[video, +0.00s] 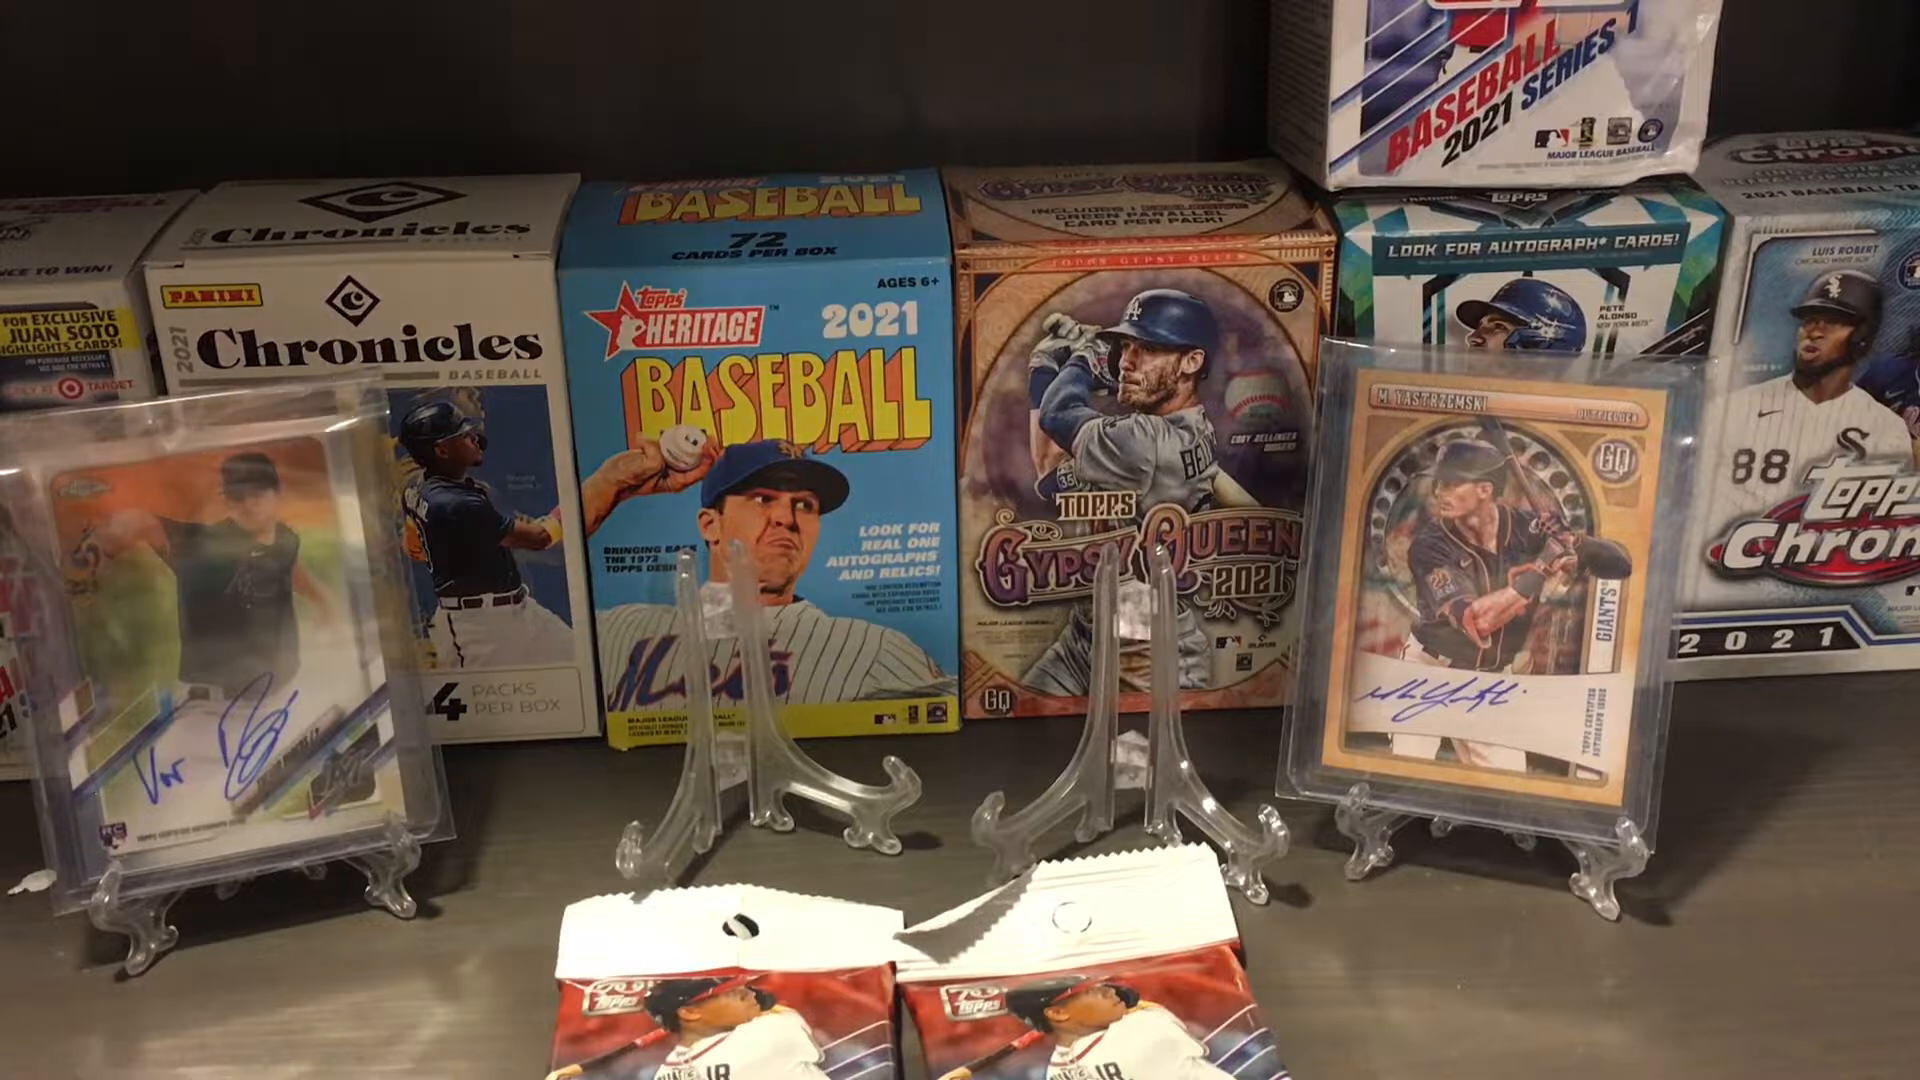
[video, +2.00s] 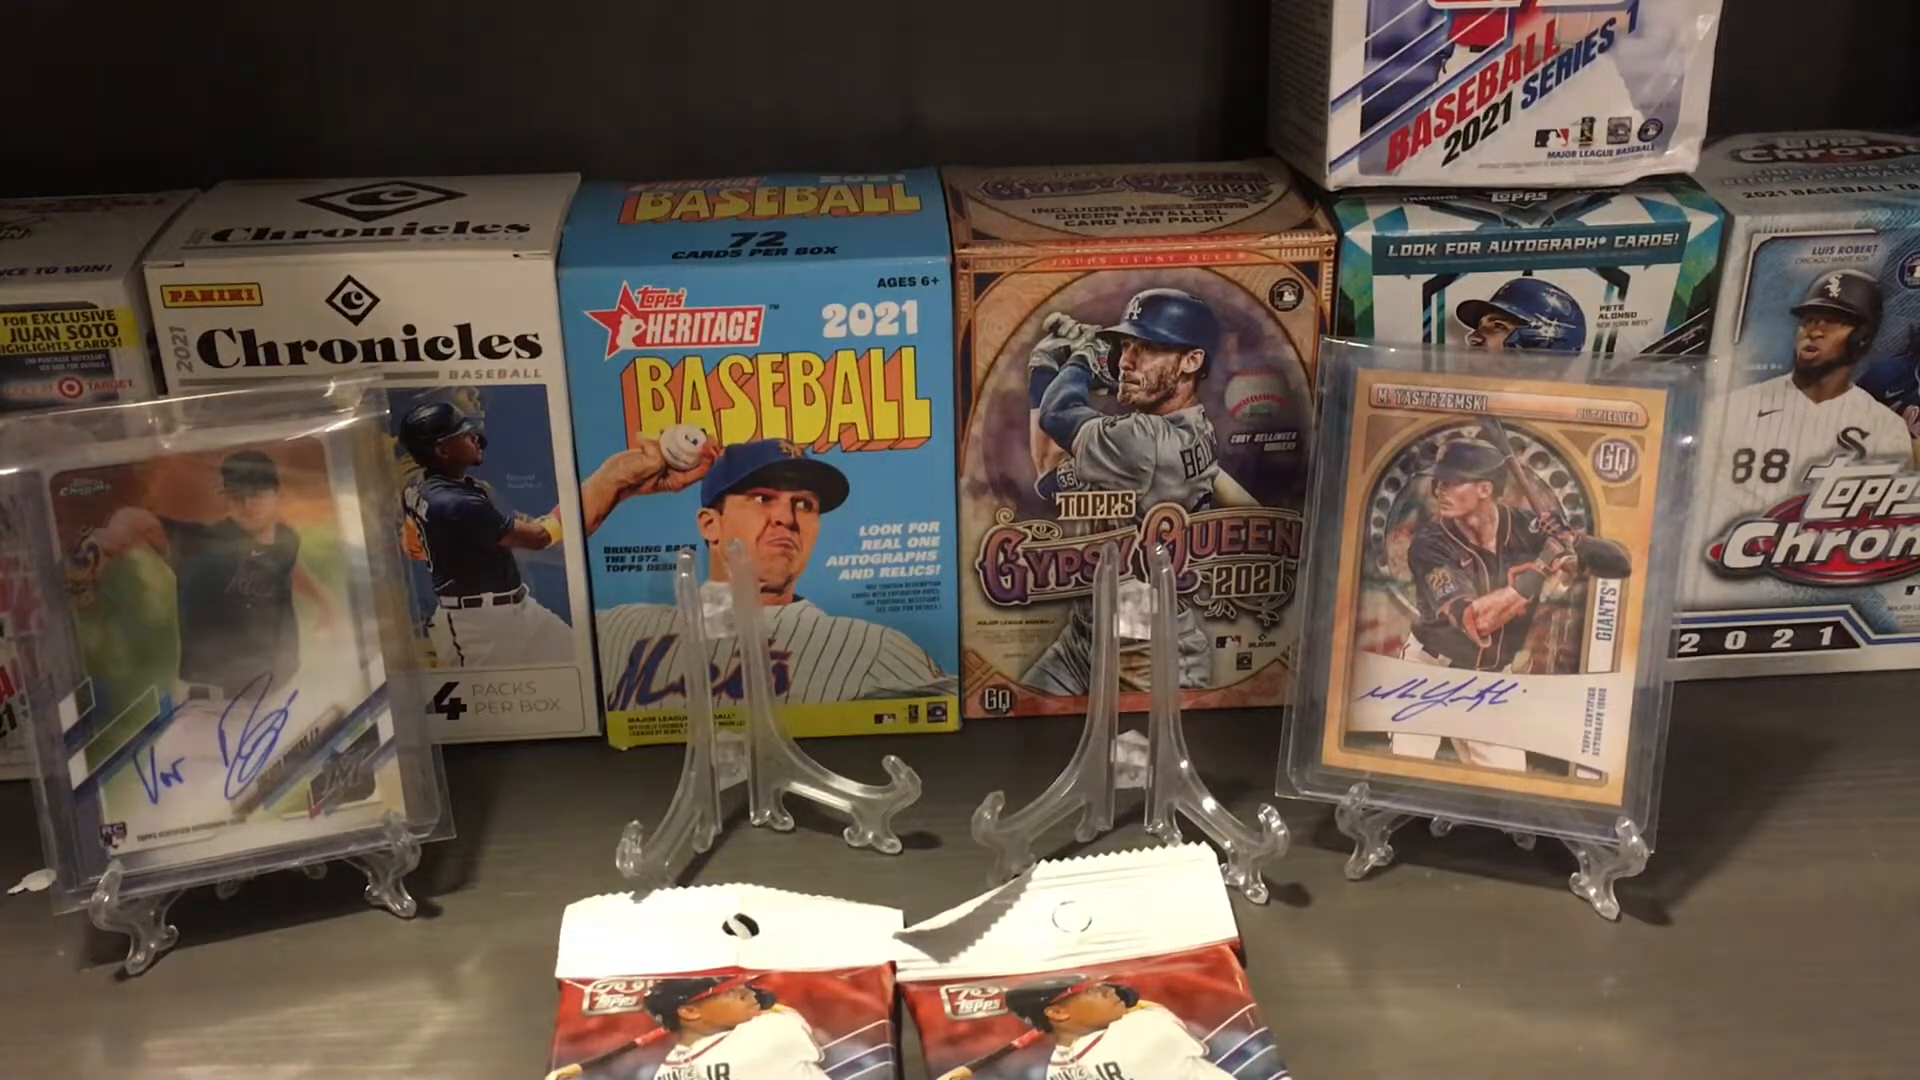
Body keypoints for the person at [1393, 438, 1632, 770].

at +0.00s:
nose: (1439, 493)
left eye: (1451, 485)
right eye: (1439, 484)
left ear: (1484, 491)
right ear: (1435, 486)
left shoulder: (1527, 528)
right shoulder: (1430, 541)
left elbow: (1622, 563)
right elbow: (1474, 623)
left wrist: (1577, 551)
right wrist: (1538, 571)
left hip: (1495, 676)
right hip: (1429, 669)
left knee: (1508, 792)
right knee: (1410, 774)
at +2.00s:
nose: (1439, 491)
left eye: (1451, 484)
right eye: (1439, 483)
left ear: (1484, 490)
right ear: (1436, 485)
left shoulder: (1526, 528)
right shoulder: (1430, 540)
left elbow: (1621, 562)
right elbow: (1474, 622)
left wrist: (1574, 550)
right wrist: (1540, 567)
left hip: (1493, 677)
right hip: (1429, 670)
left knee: (1509, 788)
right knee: (1409, 775)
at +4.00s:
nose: (1440, 491)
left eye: (1452, 483)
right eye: (1439, 482)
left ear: (1484, 491)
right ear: (1436, 486)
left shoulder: (1527, 529)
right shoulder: (1430, 541)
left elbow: (1623, 564)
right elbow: (1471, 621)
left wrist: (1574, 545)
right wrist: (1538, 573)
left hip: (1495, 676)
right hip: (1429, 668)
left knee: (1509, 789)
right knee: (1412, 769)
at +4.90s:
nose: (1440, 492)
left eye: (1453, 484)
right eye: (1440, 482)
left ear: (1485, 492)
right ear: (1435, 484)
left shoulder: (1526, 529)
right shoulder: (1431, 541)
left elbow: (1623, 563)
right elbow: (1473, 622)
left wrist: (1574, 548)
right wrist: (1540, 571)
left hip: (1494, 676)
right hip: (1430, 669)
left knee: (1509, 787)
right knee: (1411, 774)